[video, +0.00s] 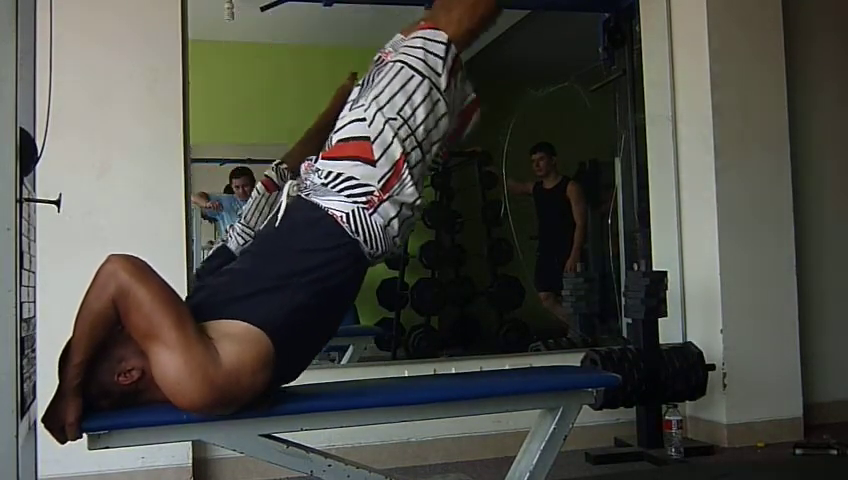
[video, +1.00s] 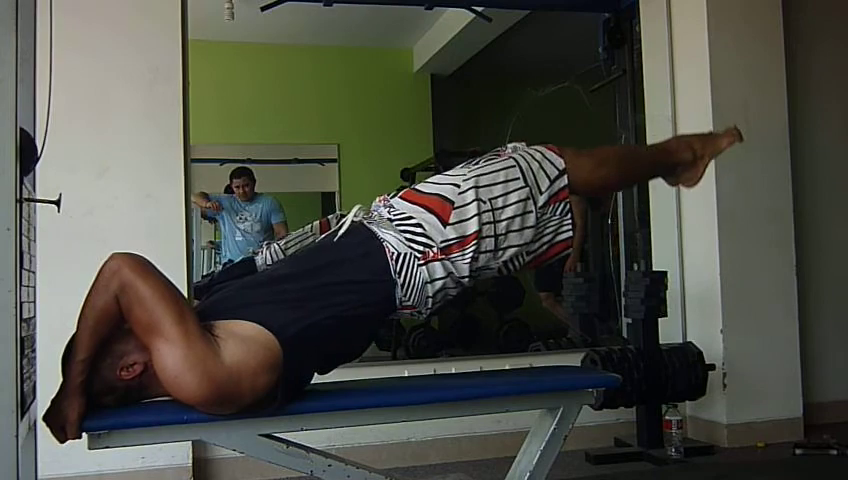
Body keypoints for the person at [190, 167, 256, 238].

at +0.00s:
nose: (241, 191)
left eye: (245, 186)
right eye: (237, 187)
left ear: (253, 185)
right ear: (232, 187)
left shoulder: (261, 201)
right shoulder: (226, 201)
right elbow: (196, 197)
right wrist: (206, 203)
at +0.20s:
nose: (241, 191)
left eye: (245, 186)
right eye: (237, 188)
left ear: (253, 184)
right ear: (232, 188)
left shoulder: (267, 201)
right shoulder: (225, 202)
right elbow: (196, 197)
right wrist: (206, 203)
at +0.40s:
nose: (241, 191)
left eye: (245, 186)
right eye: (237, 187)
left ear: (254, 184)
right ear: (232, 187)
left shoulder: (267, 203)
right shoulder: (225, 202)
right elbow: (195, 197)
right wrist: (206, 203)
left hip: (259, 260)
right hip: (229, 262)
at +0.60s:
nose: (242, 192)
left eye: (246, 186)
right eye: (237, 188)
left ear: (254, 184)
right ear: (232, 188)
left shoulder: (268, 203)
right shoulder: (225, 202)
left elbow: (283, 229)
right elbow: (195, 197)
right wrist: (206, 203)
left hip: (260, 260)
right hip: (230, 261)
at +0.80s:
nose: (242, 191)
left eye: (245, 186)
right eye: (237, 187)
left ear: (254, 184)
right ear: (232, 187)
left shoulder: (268, 203)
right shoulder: (225, 202)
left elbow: (281, 232)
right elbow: (195, 197)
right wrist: (206, 203)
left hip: (260, 263)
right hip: (230, 265)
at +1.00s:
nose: (242, 191)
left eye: (246, 186)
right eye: (237, 187)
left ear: (254, 184)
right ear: (232, 187)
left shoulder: (269, 203)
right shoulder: (224, 202)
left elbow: (281, 233)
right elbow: (196, 197)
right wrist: (206, 203)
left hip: (262, 264)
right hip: (232, 266)